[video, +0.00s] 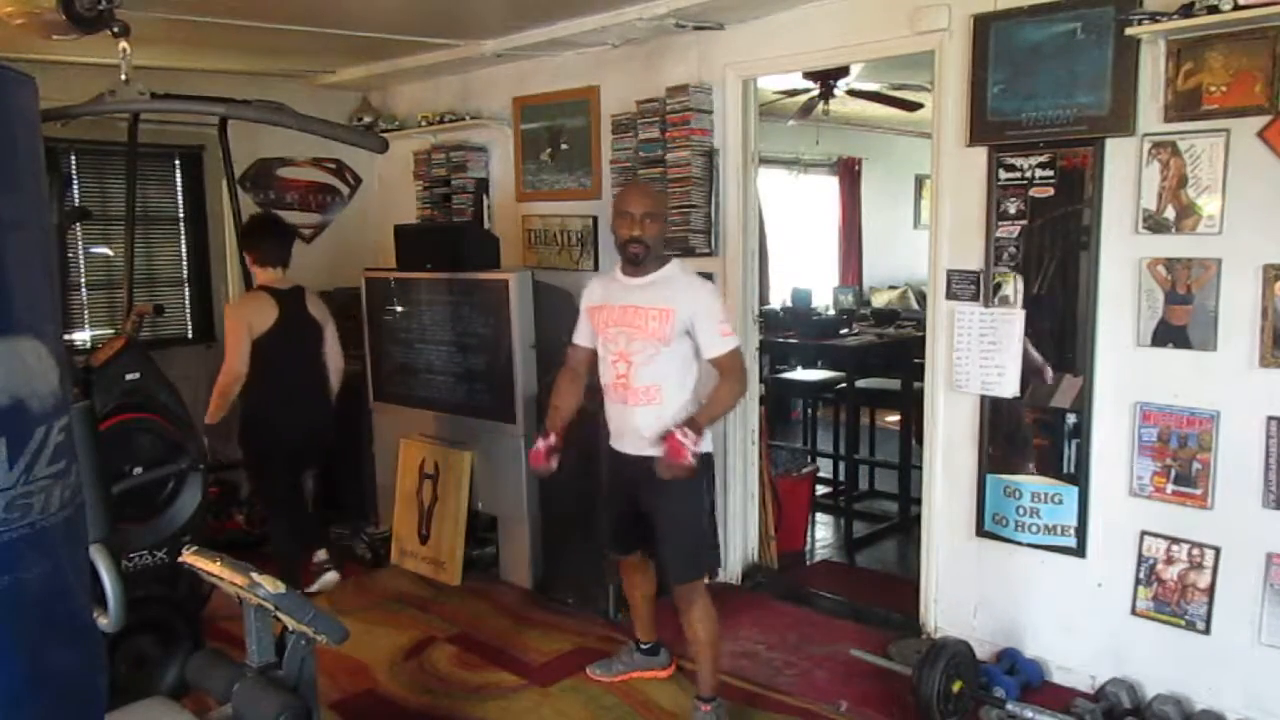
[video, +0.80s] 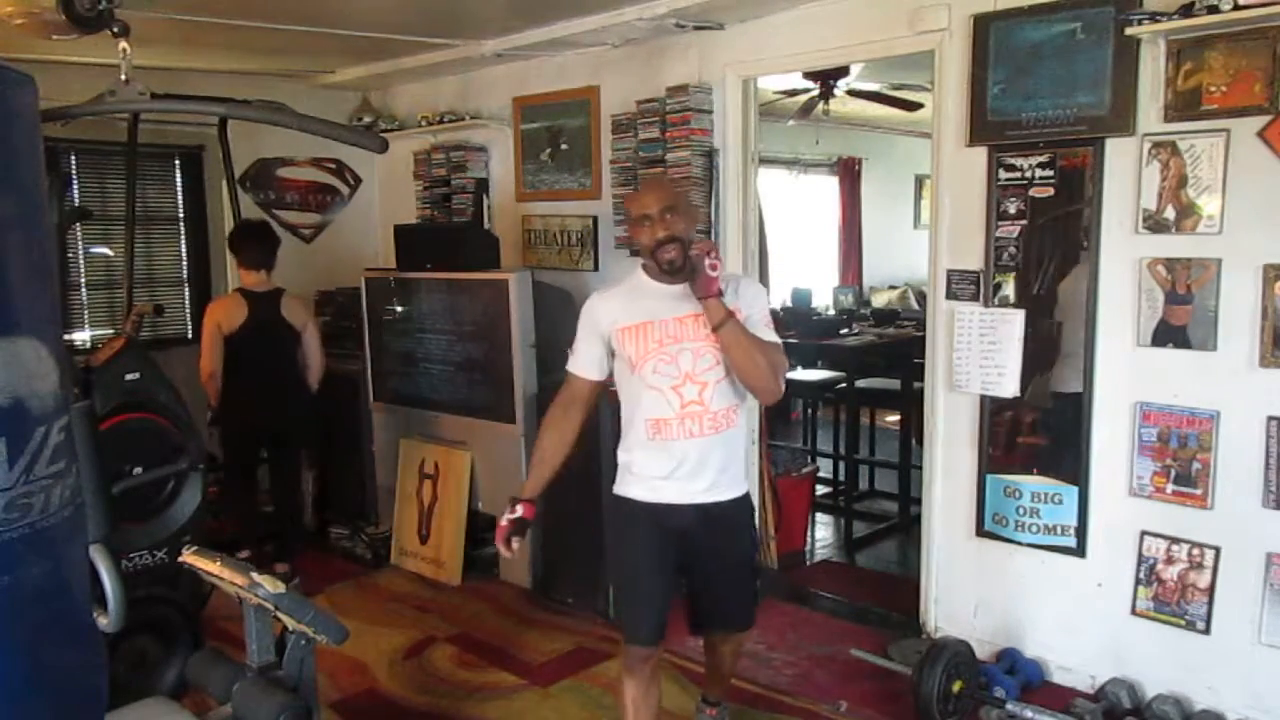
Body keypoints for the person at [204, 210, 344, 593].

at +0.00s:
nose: (246, 260)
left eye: (247, 254)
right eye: (249, 254)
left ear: (250, 257)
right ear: (287, 256)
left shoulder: (243, 308)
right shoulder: (314, 303)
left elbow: (235, 371)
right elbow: (335, 365)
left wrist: (210, 420)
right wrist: (324, 402)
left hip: (266, 418)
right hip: (312, 414)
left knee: (275, 496)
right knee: (294, 487)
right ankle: (319, 557)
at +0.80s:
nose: (241, 261)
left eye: (238, 254)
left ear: (236, 258)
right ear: (274, 257)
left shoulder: (219, 311)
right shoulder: (297, 308)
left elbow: (210, 372)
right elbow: (315, 366)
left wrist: (220, 405)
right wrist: (301, 399)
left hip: (240, 418)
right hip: (287, 415)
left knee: (240, 489)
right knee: (287, 491)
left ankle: (245, 556)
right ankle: (285, 564)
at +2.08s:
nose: (236, 269)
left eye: (235, 262)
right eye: (235, 262)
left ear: (200, 261)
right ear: (229, 264)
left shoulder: (188, 300)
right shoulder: (218, 306)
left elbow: (193, 357)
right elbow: (223, 361)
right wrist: (248, 407)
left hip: (200, 398)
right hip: (219, 402)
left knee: (217, 473)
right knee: (236, 473)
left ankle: (216, 542)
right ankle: (241, 548)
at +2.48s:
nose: (236, 269)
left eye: (236, 262)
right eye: (235, 262)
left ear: (201, 261)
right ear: (227, 264)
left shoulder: (192, 300)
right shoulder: (216, 305)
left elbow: (199, 358)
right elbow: (220, 360)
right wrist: (243, 406)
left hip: (199, 399)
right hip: (217, 402)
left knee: (217, 474)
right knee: (236, 473)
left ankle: (215, 544)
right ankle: (245, 548)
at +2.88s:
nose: (238, 267)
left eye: (238, 259)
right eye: (236, 259)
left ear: (206, 260)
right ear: (221, 261)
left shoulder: (193, 299)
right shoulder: (214, 304)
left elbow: (202, 358)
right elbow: (220, 360)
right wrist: (245, 406)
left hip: (201, 401)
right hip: (218, 404)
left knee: (219, 476)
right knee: (237, 475)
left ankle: (218, 545)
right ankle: (245, 550)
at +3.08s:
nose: (239, 264)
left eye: (239, 257)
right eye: (233, 257)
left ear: (213, 262)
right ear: (211, 259)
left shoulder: (198, 298)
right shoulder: (212, 304)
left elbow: (209, 357)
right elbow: (217, 359)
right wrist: (243, 407)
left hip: (204, 402)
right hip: (218, 406)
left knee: (221, 477)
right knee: (237, 476)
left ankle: (219, 545)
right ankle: (245, 549)